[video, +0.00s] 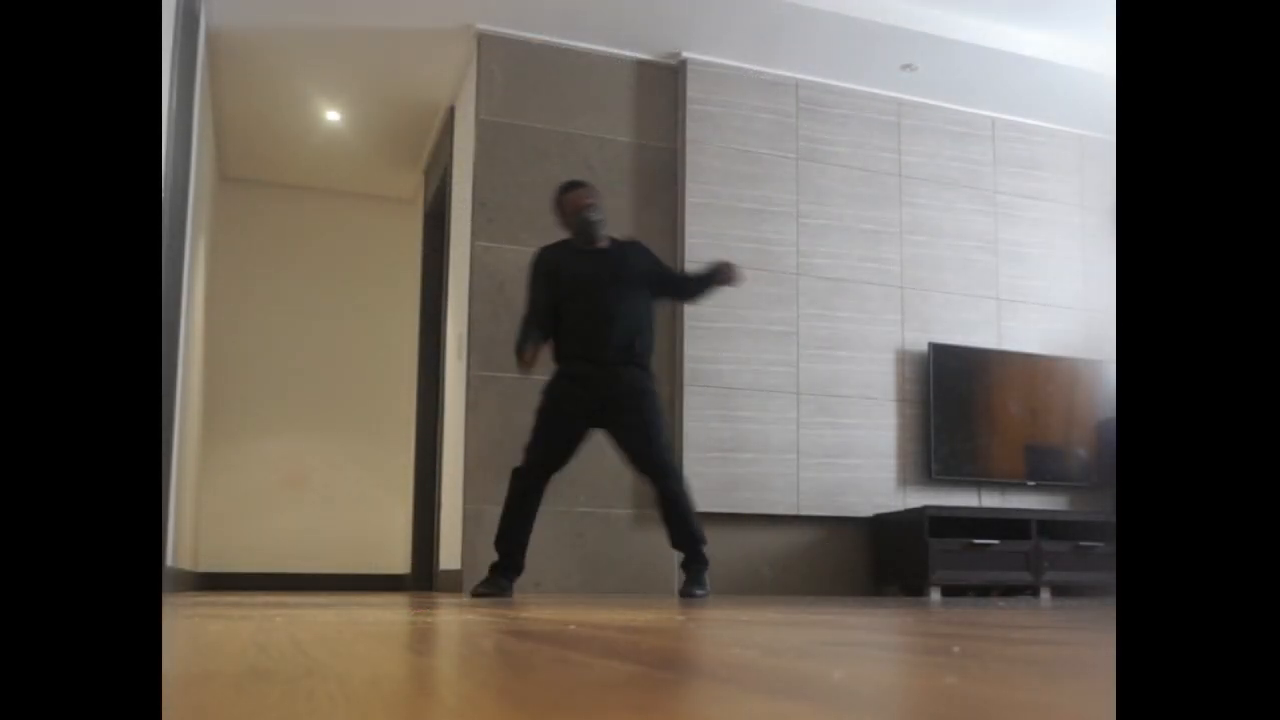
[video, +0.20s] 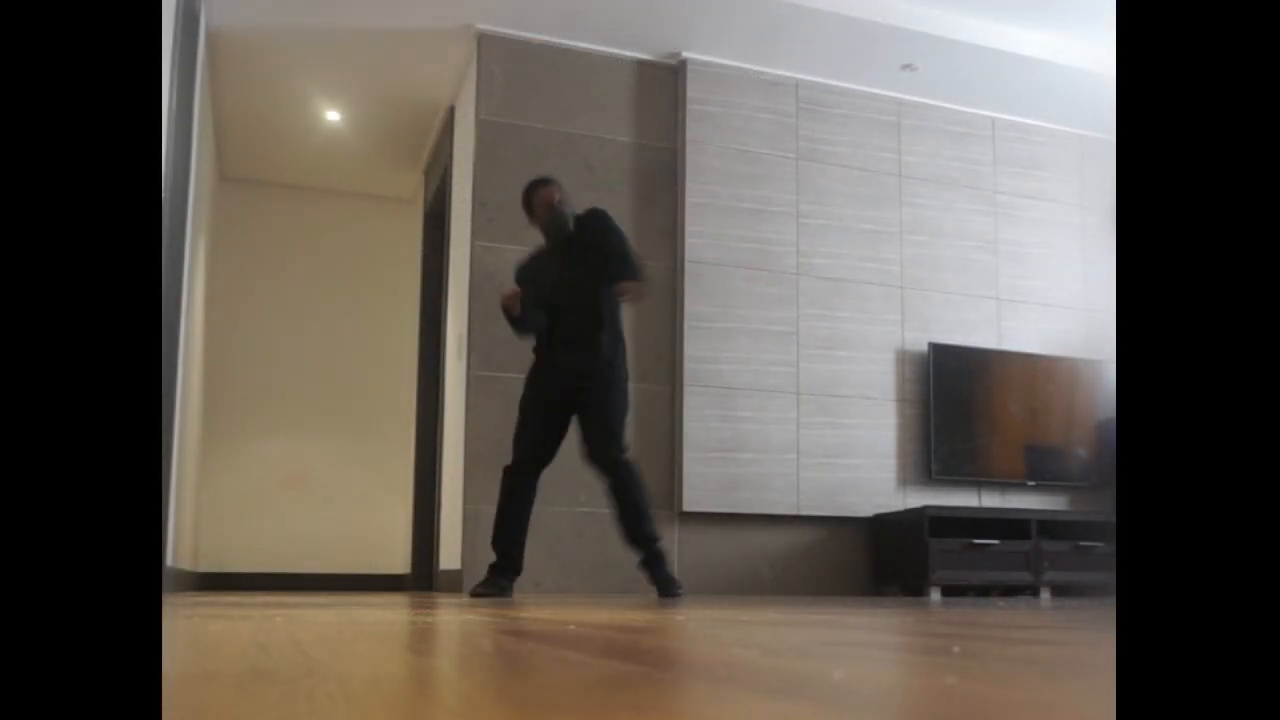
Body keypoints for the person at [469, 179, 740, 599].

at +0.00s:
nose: (588, 211)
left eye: (592, 203)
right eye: (577, 207)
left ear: (602, 209)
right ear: (562, 218)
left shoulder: (632, 256)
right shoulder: (552, 261)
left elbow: (678, 287)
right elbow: (539, 312)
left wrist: (712, 277)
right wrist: (528, 344)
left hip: (628, 388)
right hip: (572, 387)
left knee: (663, 472)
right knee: (532, 473)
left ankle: (695, 566)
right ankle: (504, 572)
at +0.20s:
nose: (555, 209)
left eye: (557, 200)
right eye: (544, 205)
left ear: (567, 201)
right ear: (532, 216)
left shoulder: (595, 230)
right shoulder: (533, 269)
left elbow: (630, 278)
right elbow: (530, 326)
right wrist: (516, 311)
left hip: (601, 371)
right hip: (551, 375)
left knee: (608, 455)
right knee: (523, 466)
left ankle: (655, 563)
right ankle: (503, 572)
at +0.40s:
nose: (566, 199)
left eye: (571, 193)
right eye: (557, 193)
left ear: (579, 201)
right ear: (539, 203)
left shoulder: (595, 239)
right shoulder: (524, 235)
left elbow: (599, 272)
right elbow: (509, 263)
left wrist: (592, 297)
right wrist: (507, 277)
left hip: (607, 372)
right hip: (551, 376)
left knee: (648, 457)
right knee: (525, 471)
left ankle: (685, 550)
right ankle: (505, 570)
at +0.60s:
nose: (567, 214)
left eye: (571, 207)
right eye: (558, 208)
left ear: (577, 205)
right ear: (536, 211)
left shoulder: (595, 238)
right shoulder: (519, 247)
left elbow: (603, 273)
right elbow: (514, 304)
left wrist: (597, 301)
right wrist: (510, 297)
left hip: (594, 374)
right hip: (540, 378)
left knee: (631, 454)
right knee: (519, 471)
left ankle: (681, 550)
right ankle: (504, 573)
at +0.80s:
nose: (559, 206)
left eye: (565, 199)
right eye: (550, 199)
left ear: (574, 202)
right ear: (534, 205)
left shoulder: (592, 232)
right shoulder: (520, 262)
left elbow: (607, 285)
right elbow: (527, 322)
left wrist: (601, 302)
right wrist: (509, 311)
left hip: (588, 363)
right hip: (537, 369)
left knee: (604, 448)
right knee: (515, 466)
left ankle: (659, 558)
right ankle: (504, 572)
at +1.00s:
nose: (590, 208)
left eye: (599, 207)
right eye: (586, 198)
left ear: (603, 219)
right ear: (566, 194)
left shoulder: (603, 263)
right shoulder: (528, 228)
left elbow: (629, 320)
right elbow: (501, 261)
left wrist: (689, 328)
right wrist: (487, 285)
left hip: (607, 377)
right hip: (548, 378)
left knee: (656, 450)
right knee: (518, 467)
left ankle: (675, 555)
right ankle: (503, 571)